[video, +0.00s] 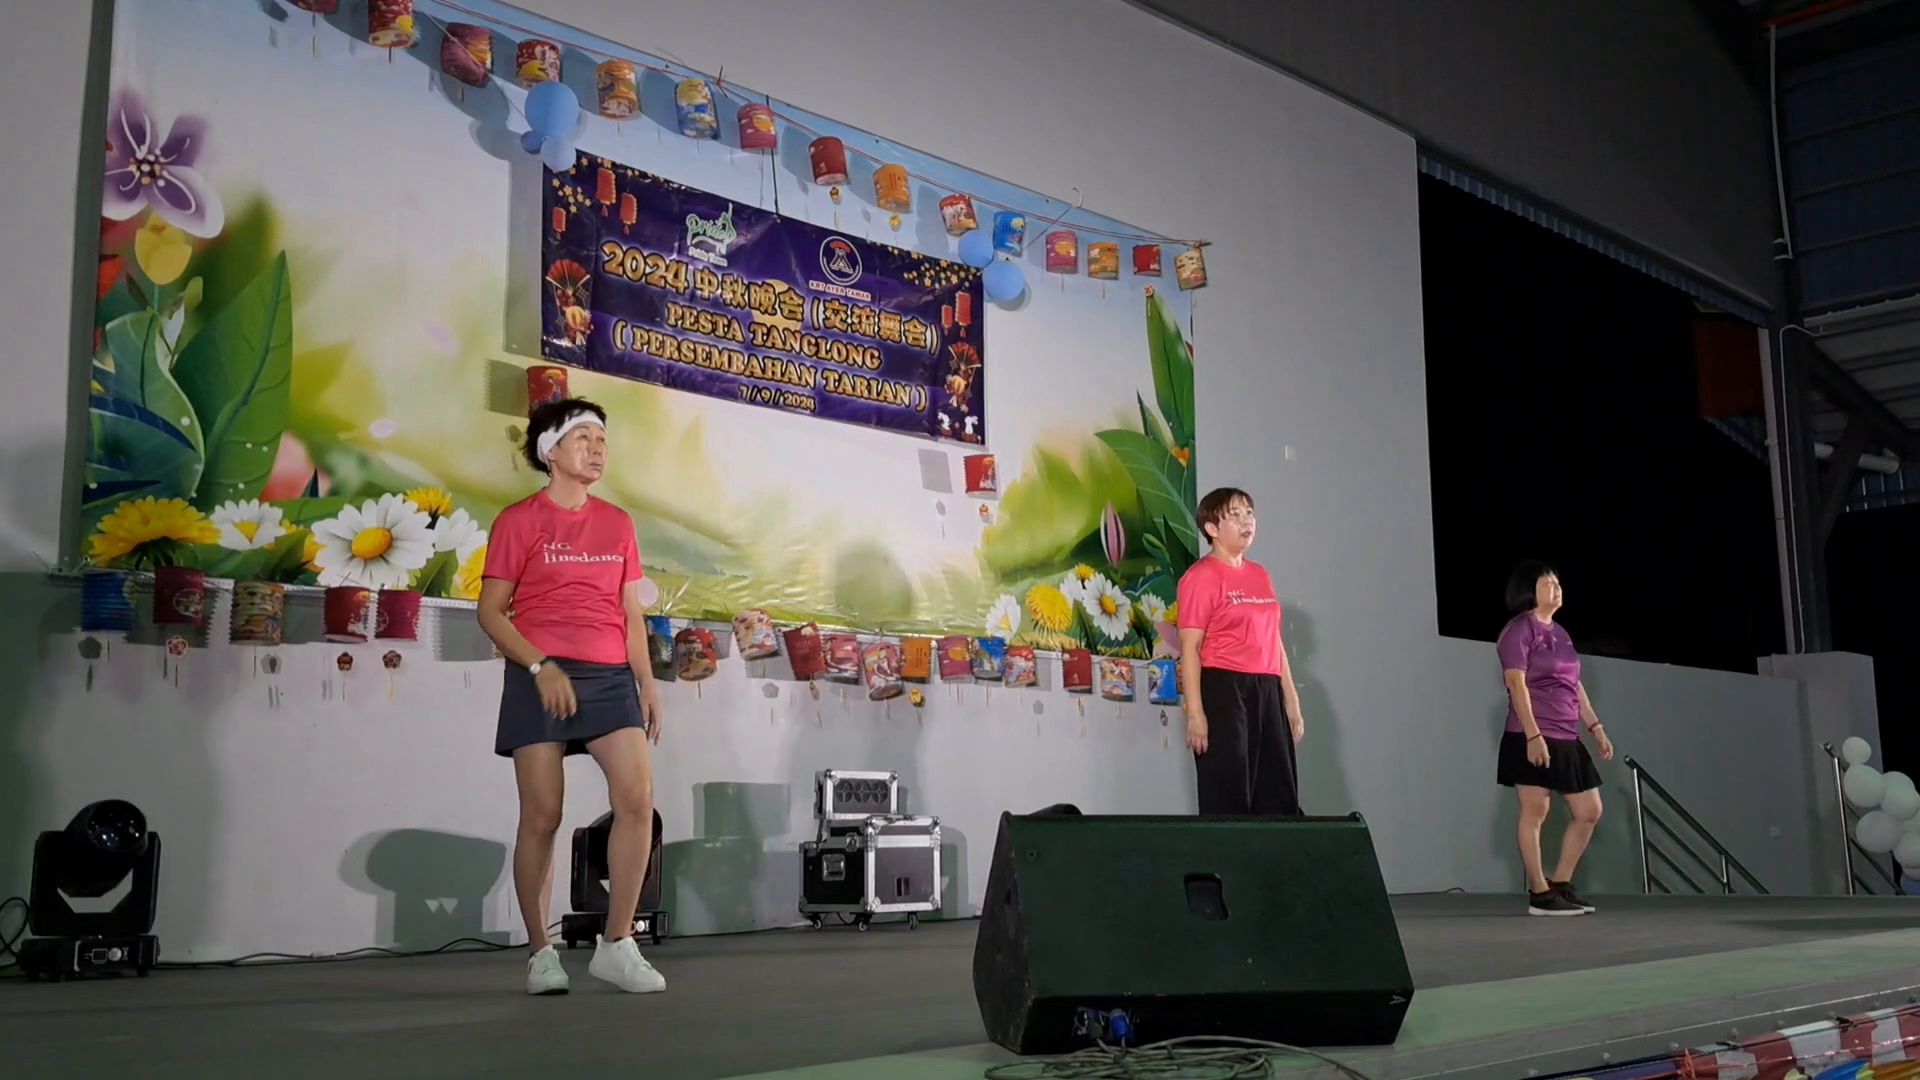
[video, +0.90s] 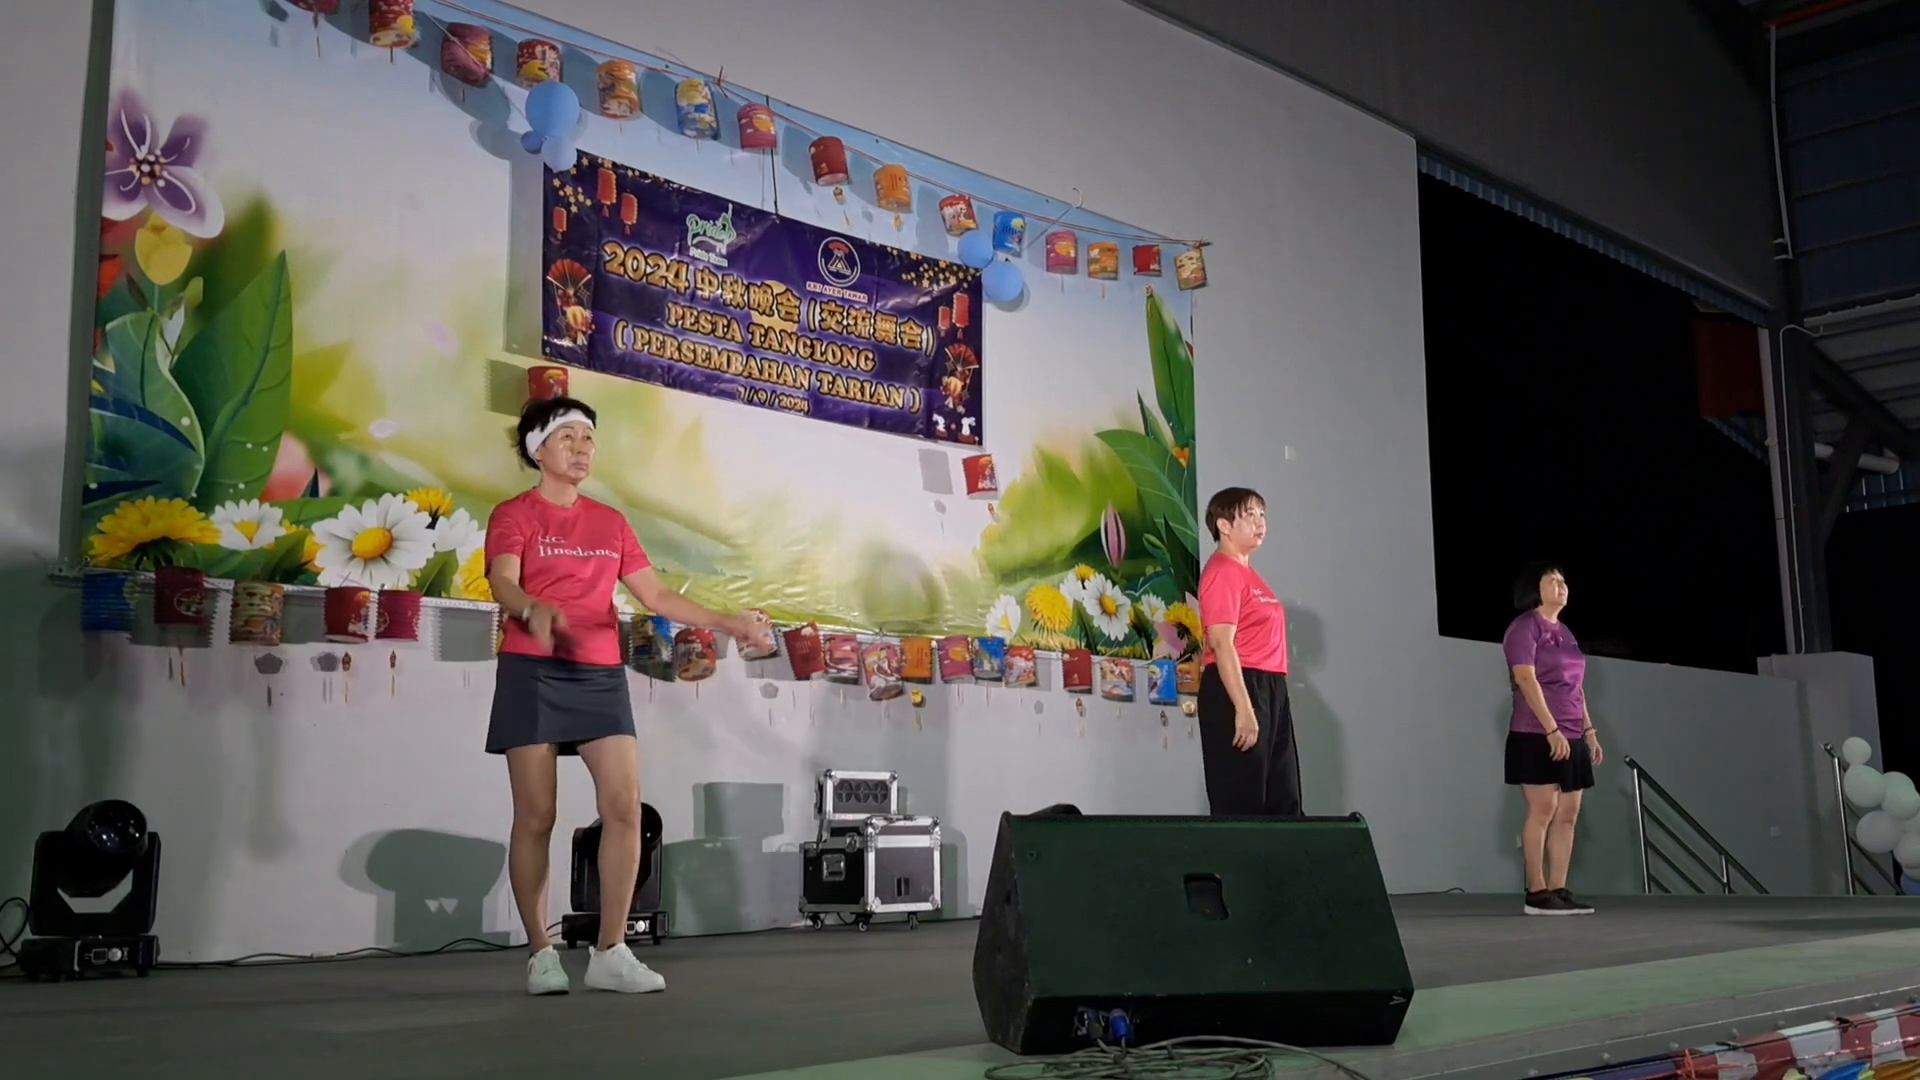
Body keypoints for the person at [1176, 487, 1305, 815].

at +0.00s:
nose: (1247, 522)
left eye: (1250, 514)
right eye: (1236, 515)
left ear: (1256, 521)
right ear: (1212, 528)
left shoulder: (1261, 576)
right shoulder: (1200, 577)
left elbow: (1275, 643)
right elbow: (1189, 648)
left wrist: (1291, 700)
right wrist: (1194, 713)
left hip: (1269, 693)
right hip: (1224, 691)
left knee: (1277, 794)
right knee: (1229, 796)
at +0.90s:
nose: (1260, 525)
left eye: (1262, 517)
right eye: (1250, 517)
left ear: (1266, 522)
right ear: (1224, 526)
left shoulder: (1245, 570)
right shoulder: (1223, 571)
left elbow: (1253, 642)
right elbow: (1221, 643)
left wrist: (1276, 706)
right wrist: (1243, 707)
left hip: (1270, 689)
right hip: (1239, 688)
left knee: (1282, 798)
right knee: (1241, 800)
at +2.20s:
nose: (1262, 527)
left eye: (1265, 519)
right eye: (1252, 519)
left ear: (1270, 524)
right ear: (1226, 526)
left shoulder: (1246, 570)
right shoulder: (1228, 571)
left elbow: (1251, 640)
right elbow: (1228, 641)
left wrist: (1274, 699)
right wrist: (1250, 704)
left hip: (1270, 690)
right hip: (1240, 688)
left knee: (1292, 794)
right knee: (1242, 799)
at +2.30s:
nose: (1262, 526)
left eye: (1265, 518)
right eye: (1252, 518)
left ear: (1270, 523)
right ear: (1226, 525)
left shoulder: (1246, 569)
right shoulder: (1229, 570)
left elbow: (1249, 638)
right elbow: (1230, 639)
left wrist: (1274, 698)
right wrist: (1253, 703)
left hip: (1270, 688)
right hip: (1241, 687)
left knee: (1290, 794)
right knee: (1244, 798)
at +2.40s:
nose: (1262, 526)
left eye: (1266, 518)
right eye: (1252, 518)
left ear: (1271, 523)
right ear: (1227, 525)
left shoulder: (1248, 569)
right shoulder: (1229, 571)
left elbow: (1250, 636)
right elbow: (1230, 637)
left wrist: (1274, 696)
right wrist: (1255, 700)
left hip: (1272, 687)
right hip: (1242, 688)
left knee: (1286, 795)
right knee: (1244, 798)